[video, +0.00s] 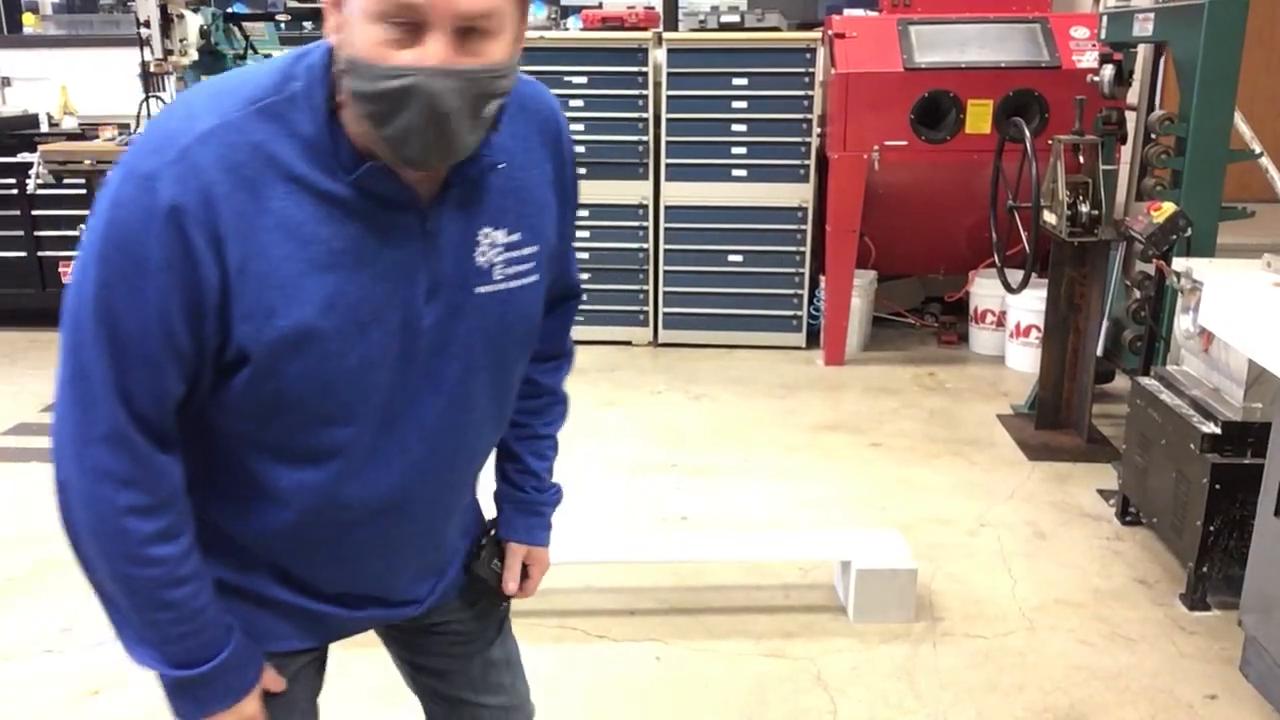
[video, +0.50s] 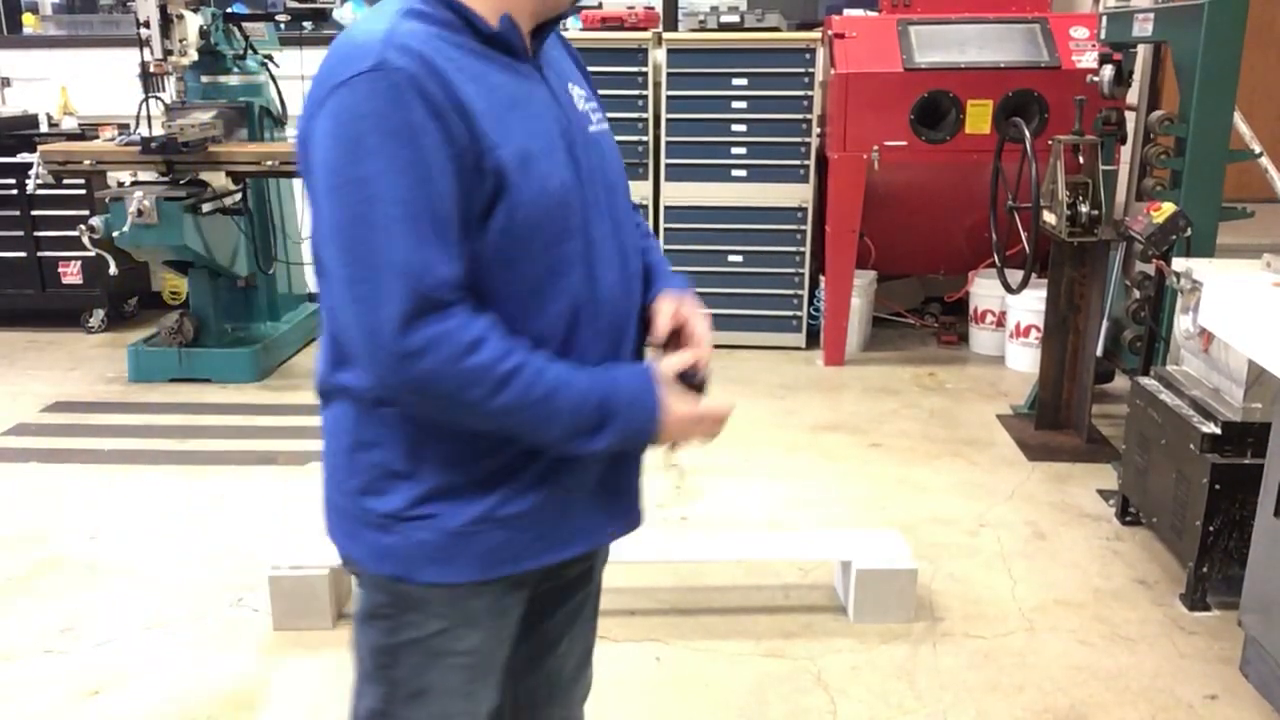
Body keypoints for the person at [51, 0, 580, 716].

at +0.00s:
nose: (435, 67)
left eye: (473, 33)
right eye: (401, 27)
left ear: (523, 34)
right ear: (335, 19)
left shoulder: (532, 134)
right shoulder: (184, 178)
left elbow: (543, 332)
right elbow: (105, 457)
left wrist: (527, 501)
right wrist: (207, 667)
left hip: (436, 542)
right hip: (258, 575)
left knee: (498, 709)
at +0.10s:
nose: (541, 45)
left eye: (555, 17)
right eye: (506, 14)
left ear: (571, 18)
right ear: (396, 10)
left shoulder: (555, 133)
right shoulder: (224, 162)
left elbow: (567, 330)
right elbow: (134, 434)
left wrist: (541, 501)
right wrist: (239, 649)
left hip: (458, 549)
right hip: (284, 573)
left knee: (494, 712)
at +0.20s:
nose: (581, 66)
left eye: (588, 43)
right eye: (556, 41)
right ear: (466, 4)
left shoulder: (564, 116)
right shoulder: (268, 142)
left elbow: (592, 309)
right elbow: (182, 395)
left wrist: (572, 475)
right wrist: (312, 603)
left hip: (503, 535)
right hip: (319, 567)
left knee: (517, 709)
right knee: (318, 712)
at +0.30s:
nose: (587, 20)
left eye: (587, 4)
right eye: (579, 3)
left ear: (542, 4)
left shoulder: (563, 81)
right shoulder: (309, 112)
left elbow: (607, 270)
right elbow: (248, 375)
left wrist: (612, 415)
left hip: (529, 526)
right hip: (356, 545)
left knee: (537, 709)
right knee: (351, 707)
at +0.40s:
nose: (591, 4)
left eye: (589, 0)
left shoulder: (558, 60)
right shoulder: (348, 92)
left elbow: (613, 235)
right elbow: (332, 359)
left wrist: (644, 348)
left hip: (551, 528)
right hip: (400, 544)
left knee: (540, 707)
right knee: (386, 707)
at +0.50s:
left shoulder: (549, 53)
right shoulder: (382, 77)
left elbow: (605, 217)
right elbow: (404, 341)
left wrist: (662, 291)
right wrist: (630, 406)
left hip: (566, 513)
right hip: (438, 535)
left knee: (545, 709)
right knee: (430, 707)